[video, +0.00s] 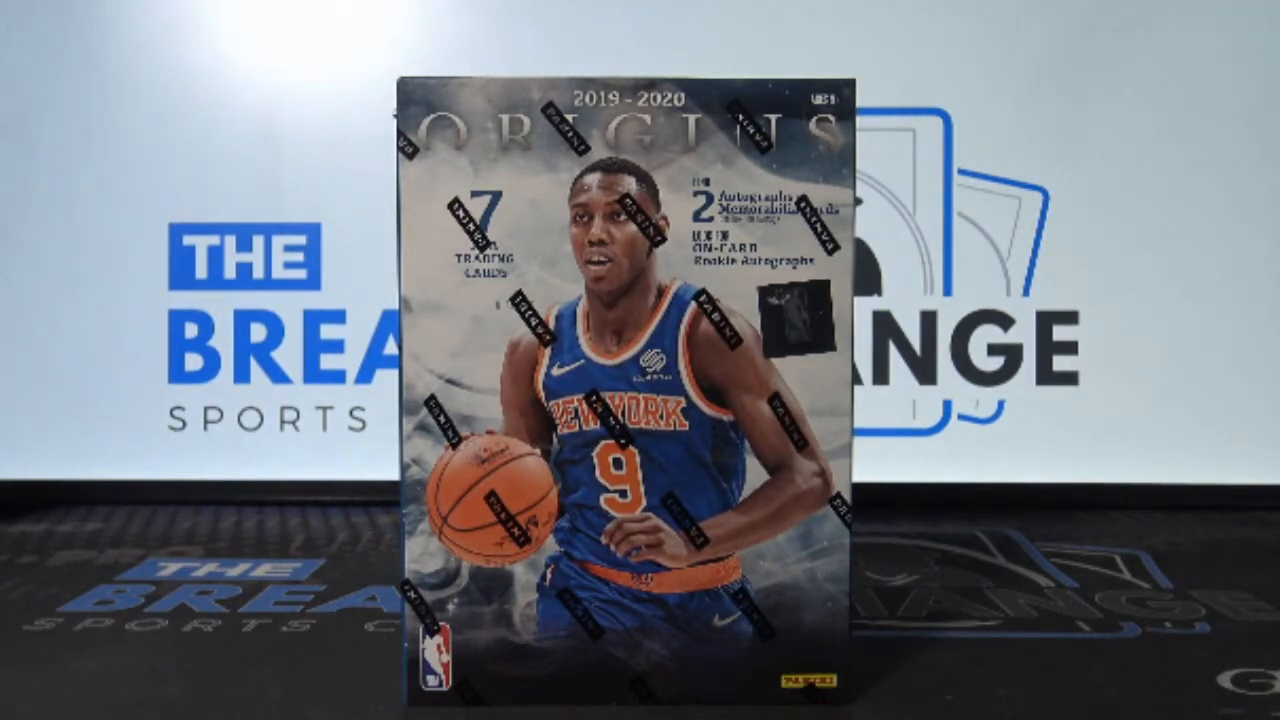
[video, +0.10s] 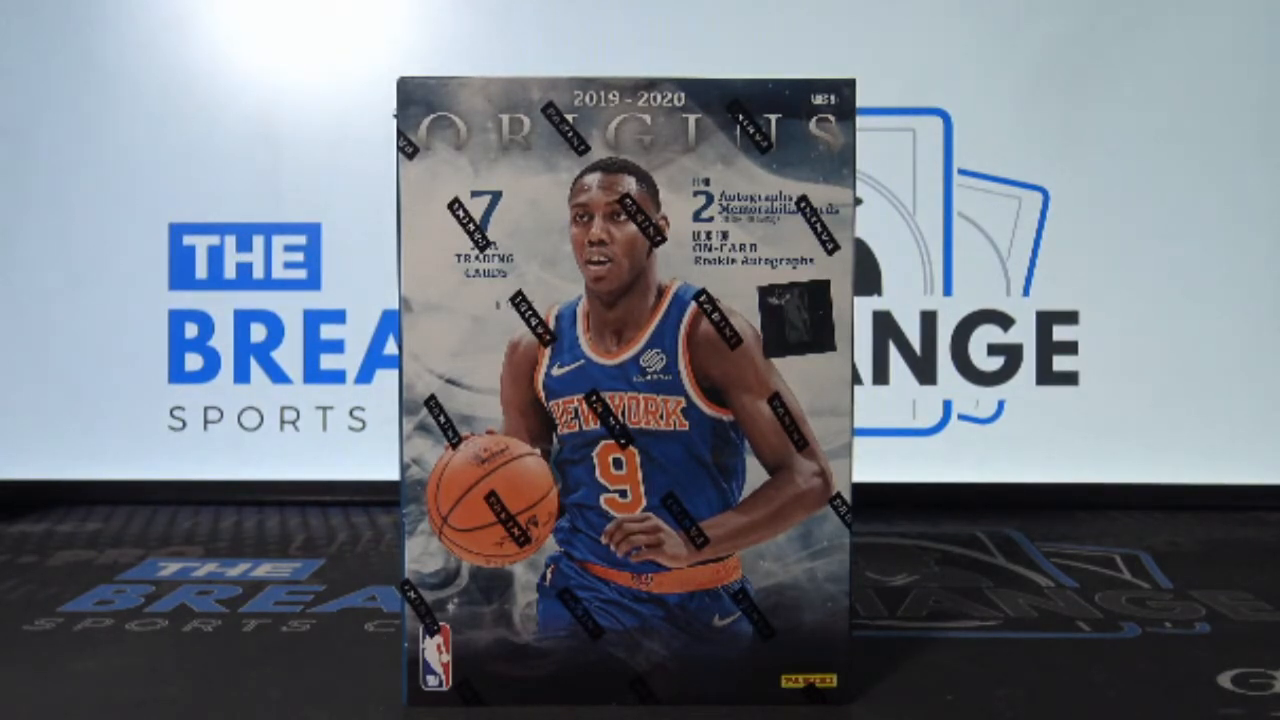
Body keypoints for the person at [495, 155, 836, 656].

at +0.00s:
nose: (595, 235)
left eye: (617, 216)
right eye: (582, 218)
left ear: (657, 230)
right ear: (570, 232)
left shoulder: (712, 334)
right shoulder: (534, 352)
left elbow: (809, 476)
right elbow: (529, 488)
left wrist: (696, 542)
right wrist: (480, 472)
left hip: (698, 614)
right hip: (583, 606)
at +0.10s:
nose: (595, 235)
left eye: (617, 216)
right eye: (582, 218)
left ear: (657, 230)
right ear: (570, 232)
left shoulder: (712, 334)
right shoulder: (534, 352)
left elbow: (809, 476)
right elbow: (529, 489)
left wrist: (696, 542)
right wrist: (480, 471)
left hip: (698, 612)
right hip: (583, 605)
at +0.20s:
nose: (595, 235)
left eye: (617, 216)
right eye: (582, 218)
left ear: (657, 230)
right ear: (569, 232)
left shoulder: (713, 335)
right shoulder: (535, 352)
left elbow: (810, 477)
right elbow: (530, 489)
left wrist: (696, 541)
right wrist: (484, 468)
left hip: (697, 614)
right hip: (582, 606)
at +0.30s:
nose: (595, 235)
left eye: (617, 216)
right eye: (582, 218)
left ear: (657, 230)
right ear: (569, 232)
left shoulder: (713, 334)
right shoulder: (534, 352)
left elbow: (809, 477)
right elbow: (530, 489)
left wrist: (696, 541)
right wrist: (487, 467)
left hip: (698, 612)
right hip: (583, 605)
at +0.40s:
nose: (595, 235)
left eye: (617, 216)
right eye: (582, 218)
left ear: (657, 230)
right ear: (569, 232)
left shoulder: (713, 335)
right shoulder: (534, 352)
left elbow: (810, 477)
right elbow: (529, 489)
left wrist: (696, 541)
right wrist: (485, 467)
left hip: (698, 613)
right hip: (583, 605)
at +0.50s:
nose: (595, 235)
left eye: (617, 216)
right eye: (582, 218)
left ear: (657, 230)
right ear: (569, 232)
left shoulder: (713, 335)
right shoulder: (535, 352)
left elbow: (810, 477)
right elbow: (530, 489)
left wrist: (696, 541)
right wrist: (485, 467)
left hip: (697, 614)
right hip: (582, 606)